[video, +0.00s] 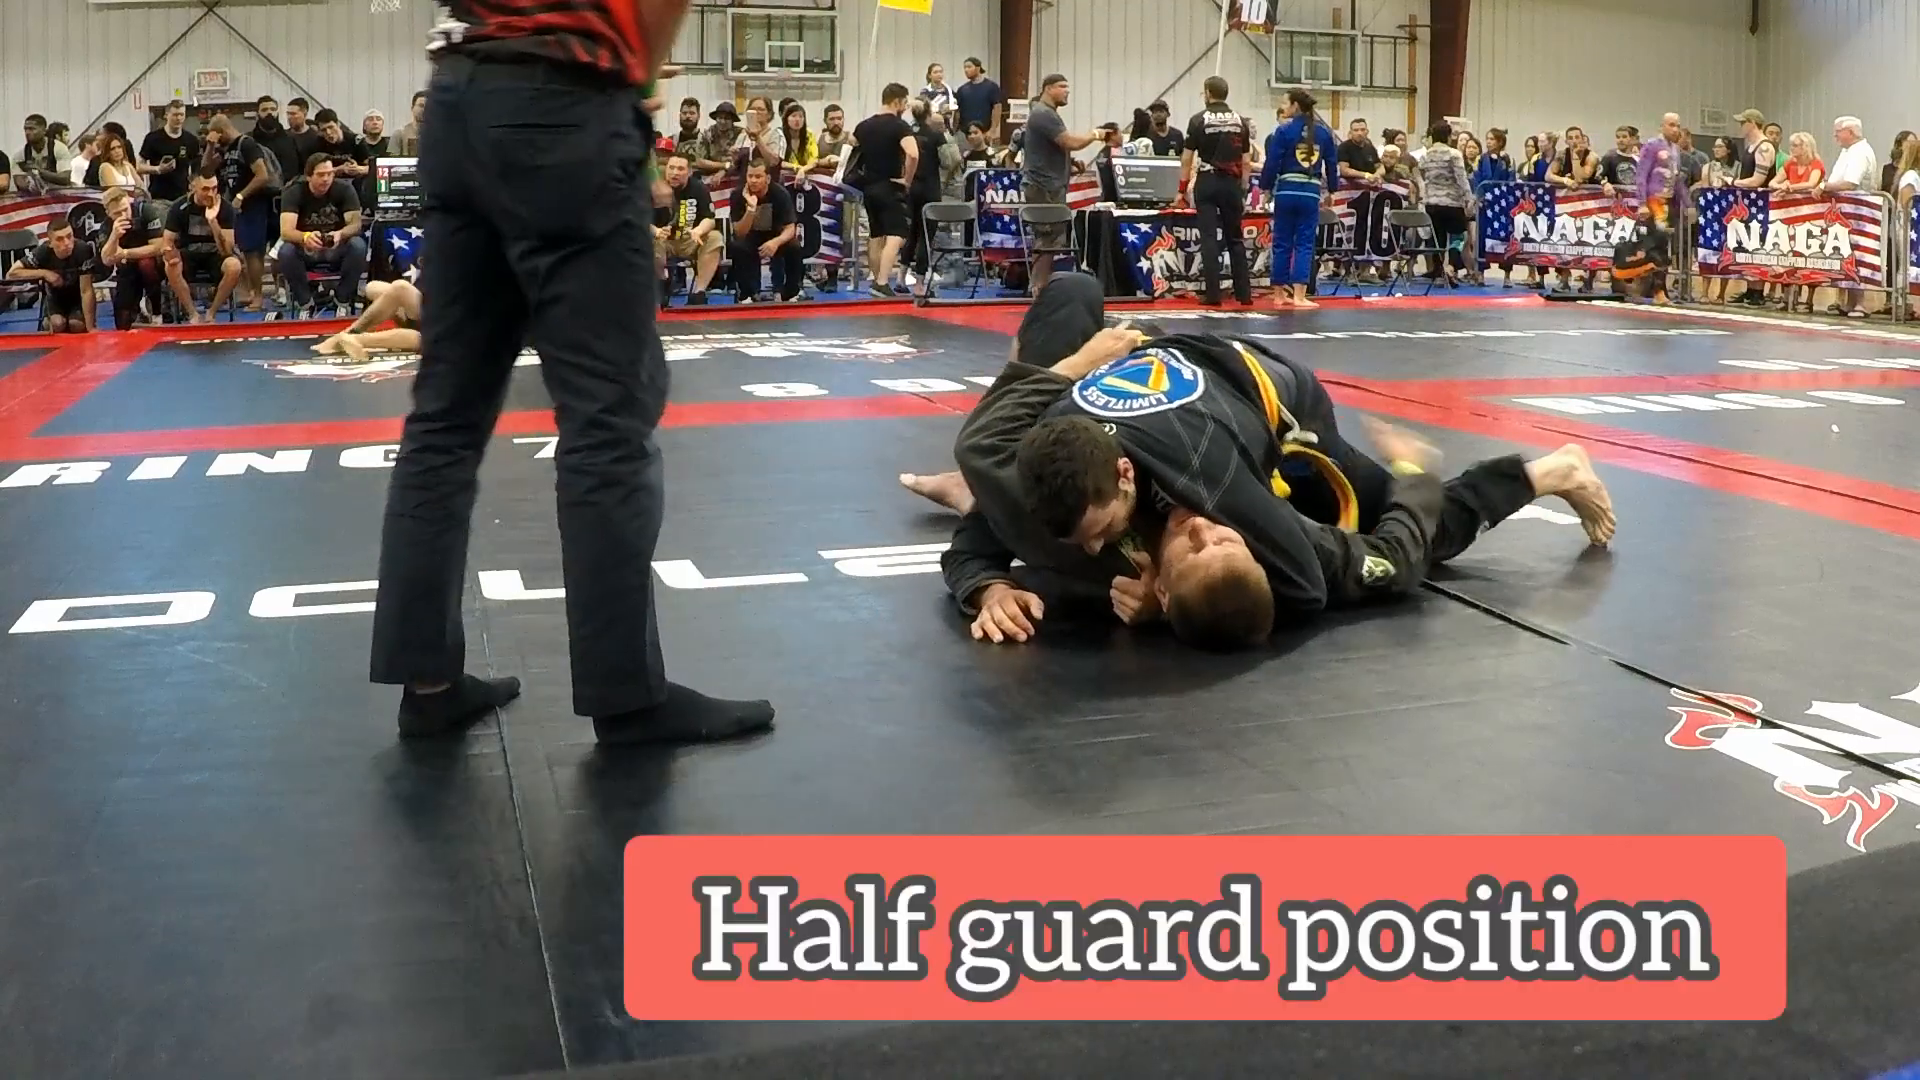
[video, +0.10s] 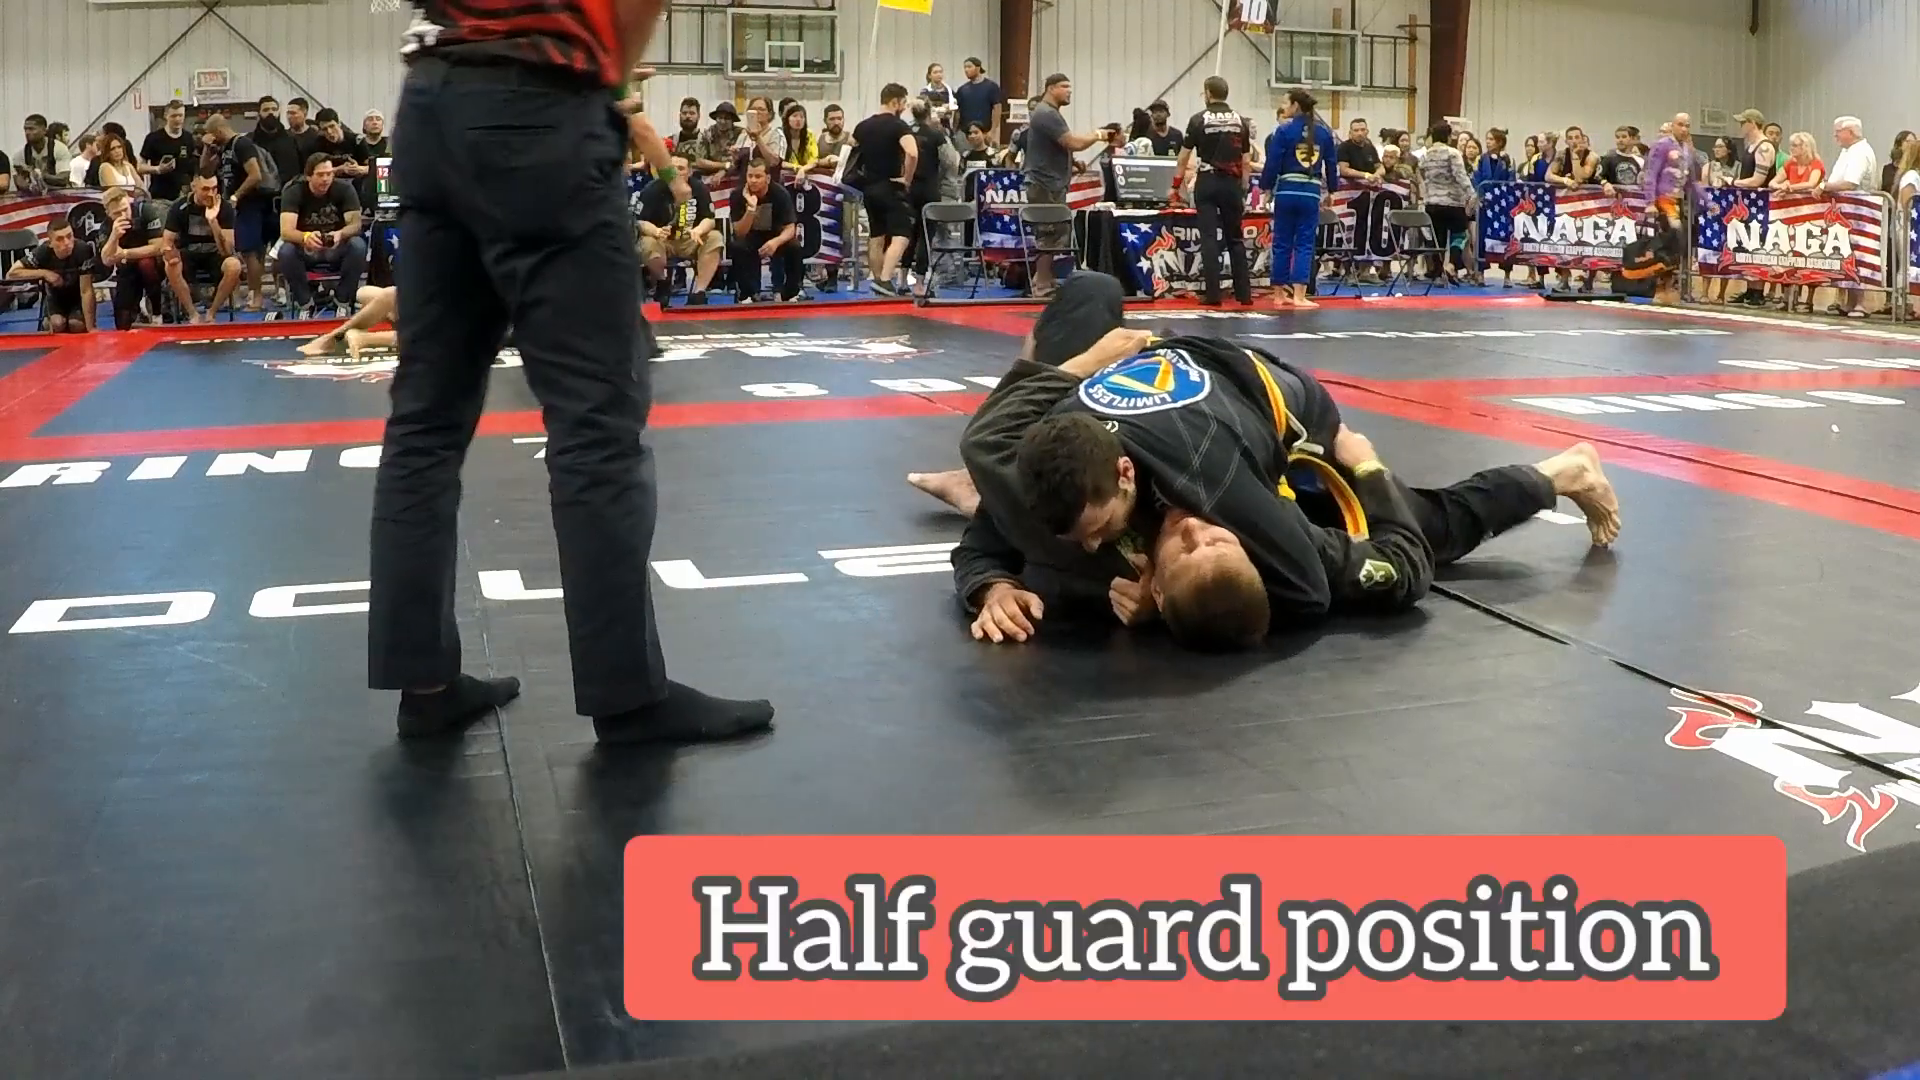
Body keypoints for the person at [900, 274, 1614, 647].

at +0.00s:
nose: (1091, 543)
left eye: (1100, 531)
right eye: (1072, 537)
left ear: (1129, 488)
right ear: (1027, 508)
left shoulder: (1203, 489)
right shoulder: (1004, 475)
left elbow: (1313, 582)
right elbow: (966, 554)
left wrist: (1166, 607)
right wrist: (983, 593)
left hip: (1255, 387)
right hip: (1141, 355)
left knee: (1392, 531)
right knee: (1063, 288)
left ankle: (1539, 469)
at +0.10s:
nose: (1095, 541)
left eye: (1104, 531)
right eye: (1075, 535)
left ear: (1130, 481)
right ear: (1028, 500)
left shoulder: (1206, 485)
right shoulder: (1008, 470)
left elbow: (1312, 595)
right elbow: (979, 550)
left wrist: (1157, 603)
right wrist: (989, 592)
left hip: (1265, 393)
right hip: (1158, 356)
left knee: (1412, 547)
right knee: (1079, 285)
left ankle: (1559, 472)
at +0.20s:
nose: (1090, 540)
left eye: (1100, 530)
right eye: (1070, 535)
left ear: (1125, 479)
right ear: (1024, 499)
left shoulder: (1200, 481)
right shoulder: (1012, 470)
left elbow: (1317, 590)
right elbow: (980, 549)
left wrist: (1148, 604)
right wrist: (985, 593)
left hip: (1277, 405)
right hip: (1170, 359)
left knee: (1422, 530)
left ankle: (1577, 472)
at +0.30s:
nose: (1093, 539)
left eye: (1101, 531)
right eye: (1067, 533)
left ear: (1121, 479)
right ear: (1022, 497)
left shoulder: (1202, 487)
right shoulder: (1015, 467)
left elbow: (1310, 594)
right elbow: (997, 551)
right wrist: (982, 582)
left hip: (1283, 403)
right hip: (1182, 356)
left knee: (1414, 531)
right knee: (1096, 284)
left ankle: (1587, 475)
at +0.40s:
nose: (1082, 539)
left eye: (1093, 530)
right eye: (1060, 533)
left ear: (1117, 478)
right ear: (1020, 490)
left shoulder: (1200, 487)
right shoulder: (1014, 457)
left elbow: (1307, 591)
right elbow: (999, 536)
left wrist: (1147, 601)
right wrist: (978, 576)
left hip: (1283, 407)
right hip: (1180, 355)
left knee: (1414, 532)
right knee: (1096, 285)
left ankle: (1588, 476)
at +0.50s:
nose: (1068, 543)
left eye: (1092, 536)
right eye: (1055, 536)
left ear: (1115, 482)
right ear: (1016, 485)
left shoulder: (1201, 493)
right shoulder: (1012, 455)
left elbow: (1309, 595)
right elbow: (996, 534)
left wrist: (1142, 604)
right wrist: (976, 573)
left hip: (1287, 415)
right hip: (1193, 358)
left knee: (1416, 529)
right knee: (1093, 289)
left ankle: (1588, 474)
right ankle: (985, 533)